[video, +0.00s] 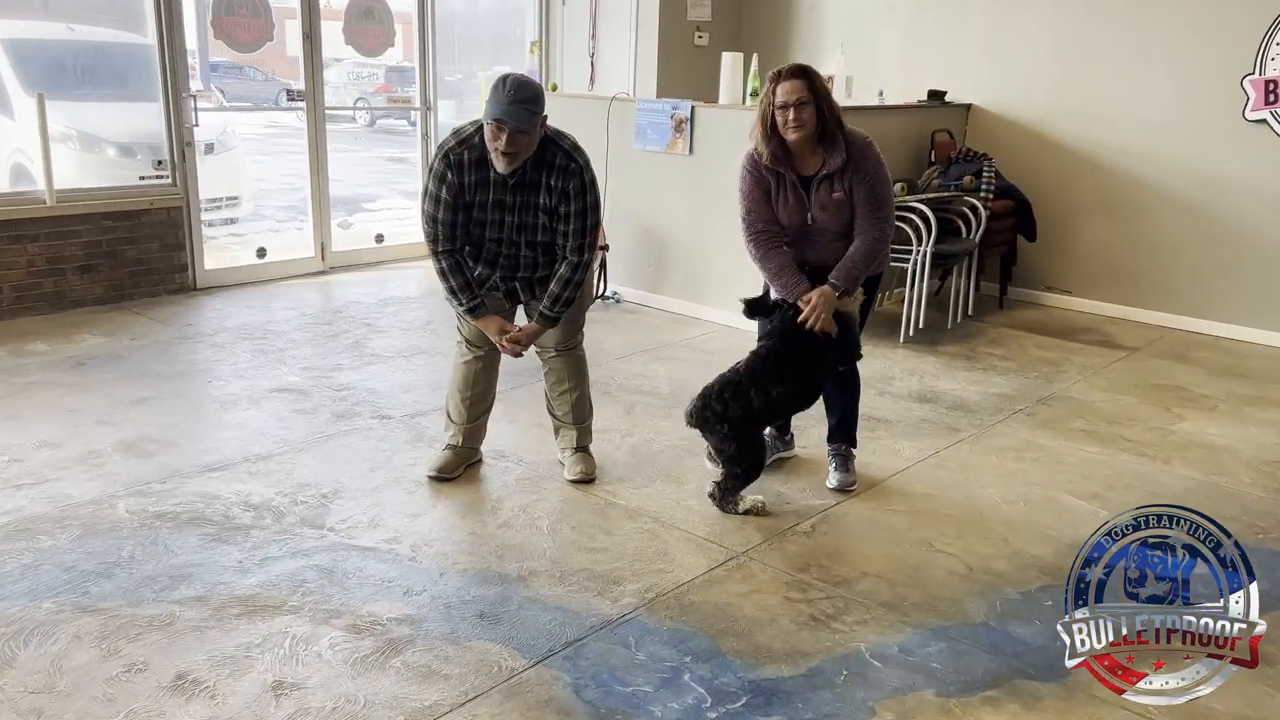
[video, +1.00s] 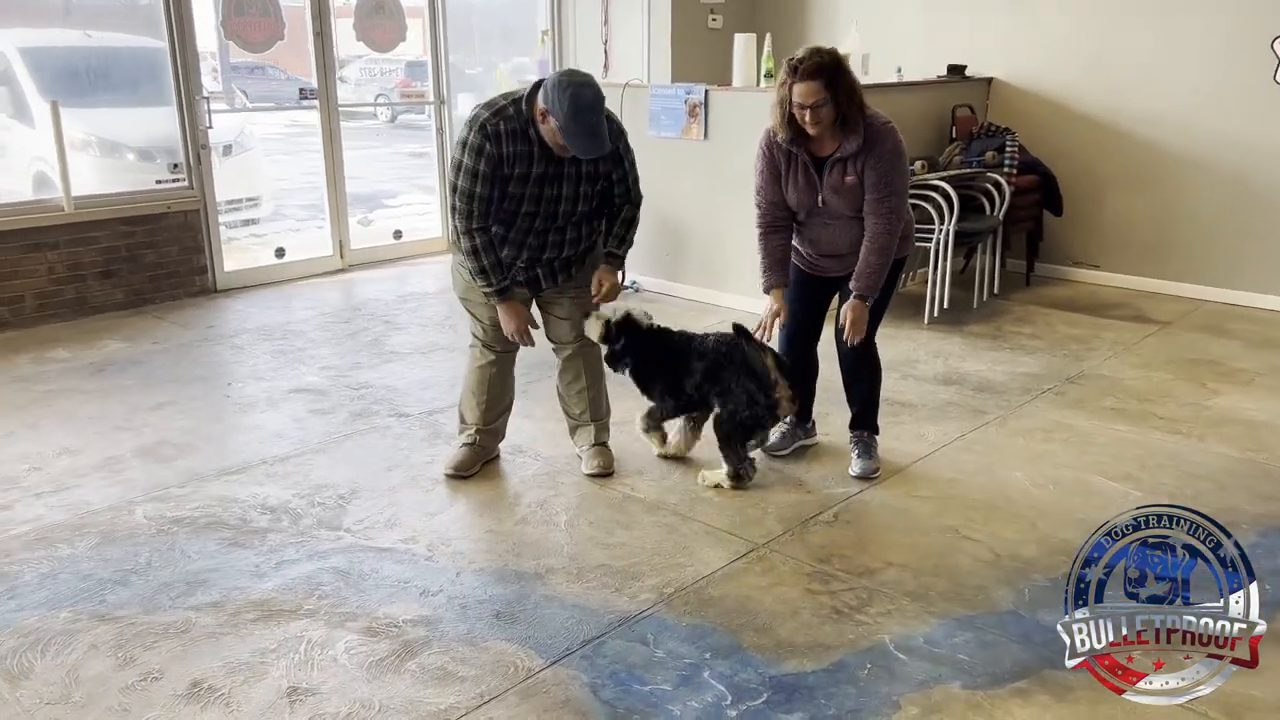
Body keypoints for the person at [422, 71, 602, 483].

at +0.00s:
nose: (505, 141)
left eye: (519, 132)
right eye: (497, 127)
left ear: (541, 127)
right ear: (485, 118)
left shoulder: (569, 165)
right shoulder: (455, 157)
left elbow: (577, 255)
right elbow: (442, 246)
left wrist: (541, 322)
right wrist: (481, 313)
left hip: (553, 269)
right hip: (485, 266)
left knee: (561, 349)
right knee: (473, 348)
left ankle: (574, 447)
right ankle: (462, 444)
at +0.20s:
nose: (503, 136)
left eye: (517, 126)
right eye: (494, 121)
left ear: (538, 121)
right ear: (482, 113)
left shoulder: (565, 160)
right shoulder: (450, 152)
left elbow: (574, 250)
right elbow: (436, 242)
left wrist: (539, 320)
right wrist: (476, 312)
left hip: (547, 271)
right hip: (478, 269)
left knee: (556, 350)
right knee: (466, 349)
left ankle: (569, 447)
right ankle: (455, 445)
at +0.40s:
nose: (508, 118)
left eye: (522, 108)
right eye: (499, 104)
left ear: (542, 106)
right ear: (485, 97)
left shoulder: (567, 149)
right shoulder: (451, 141)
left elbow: (577, 239)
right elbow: (437, 232)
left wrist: (542, 309)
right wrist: (478, 302)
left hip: (546, 269)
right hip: (473, 267)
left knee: (556, 351)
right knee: (466, 350)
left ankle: (570, 445)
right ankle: (455, 444)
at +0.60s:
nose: (534, 126)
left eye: (542, 116)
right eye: (524, 116)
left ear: (554, 96)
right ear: (497, 93)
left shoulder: (573, 136)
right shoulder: (455, 130)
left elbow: (584, 225)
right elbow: (440, 222)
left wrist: (549, 294)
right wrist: (484, 292)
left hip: (549, 271)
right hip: (475, 270)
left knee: (560, 353)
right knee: (469, 353)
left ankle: (573, 445)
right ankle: (458, 443)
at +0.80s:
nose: (556, 135)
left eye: (564, 127)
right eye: (549, 125)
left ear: (577, 105)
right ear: (523, 101)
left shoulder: (587, 132)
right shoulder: (470, 125)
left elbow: (599, 215)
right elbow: (453, 219)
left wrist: (564, 284)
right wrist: (495, 288)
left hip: (558, 264)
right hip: (485, 262)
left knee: (568, 349)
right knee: (478, 350)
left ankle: (581, 442)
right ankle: (466, 441)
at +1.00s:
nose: (573, 150)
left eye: (582, 144)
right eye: (566, 141)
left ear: (597, 117)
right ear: (543, 115)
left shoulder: (606, 135)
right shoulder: (488, 131)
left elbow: (627, 199)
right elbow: (468, 223)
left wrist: (613, 259)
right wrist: (503, 296)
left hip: (568, 258)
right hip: (496, 256)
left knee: (579, 345)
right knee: (490, 349)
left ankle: (592, 440)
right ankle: (478, 439)